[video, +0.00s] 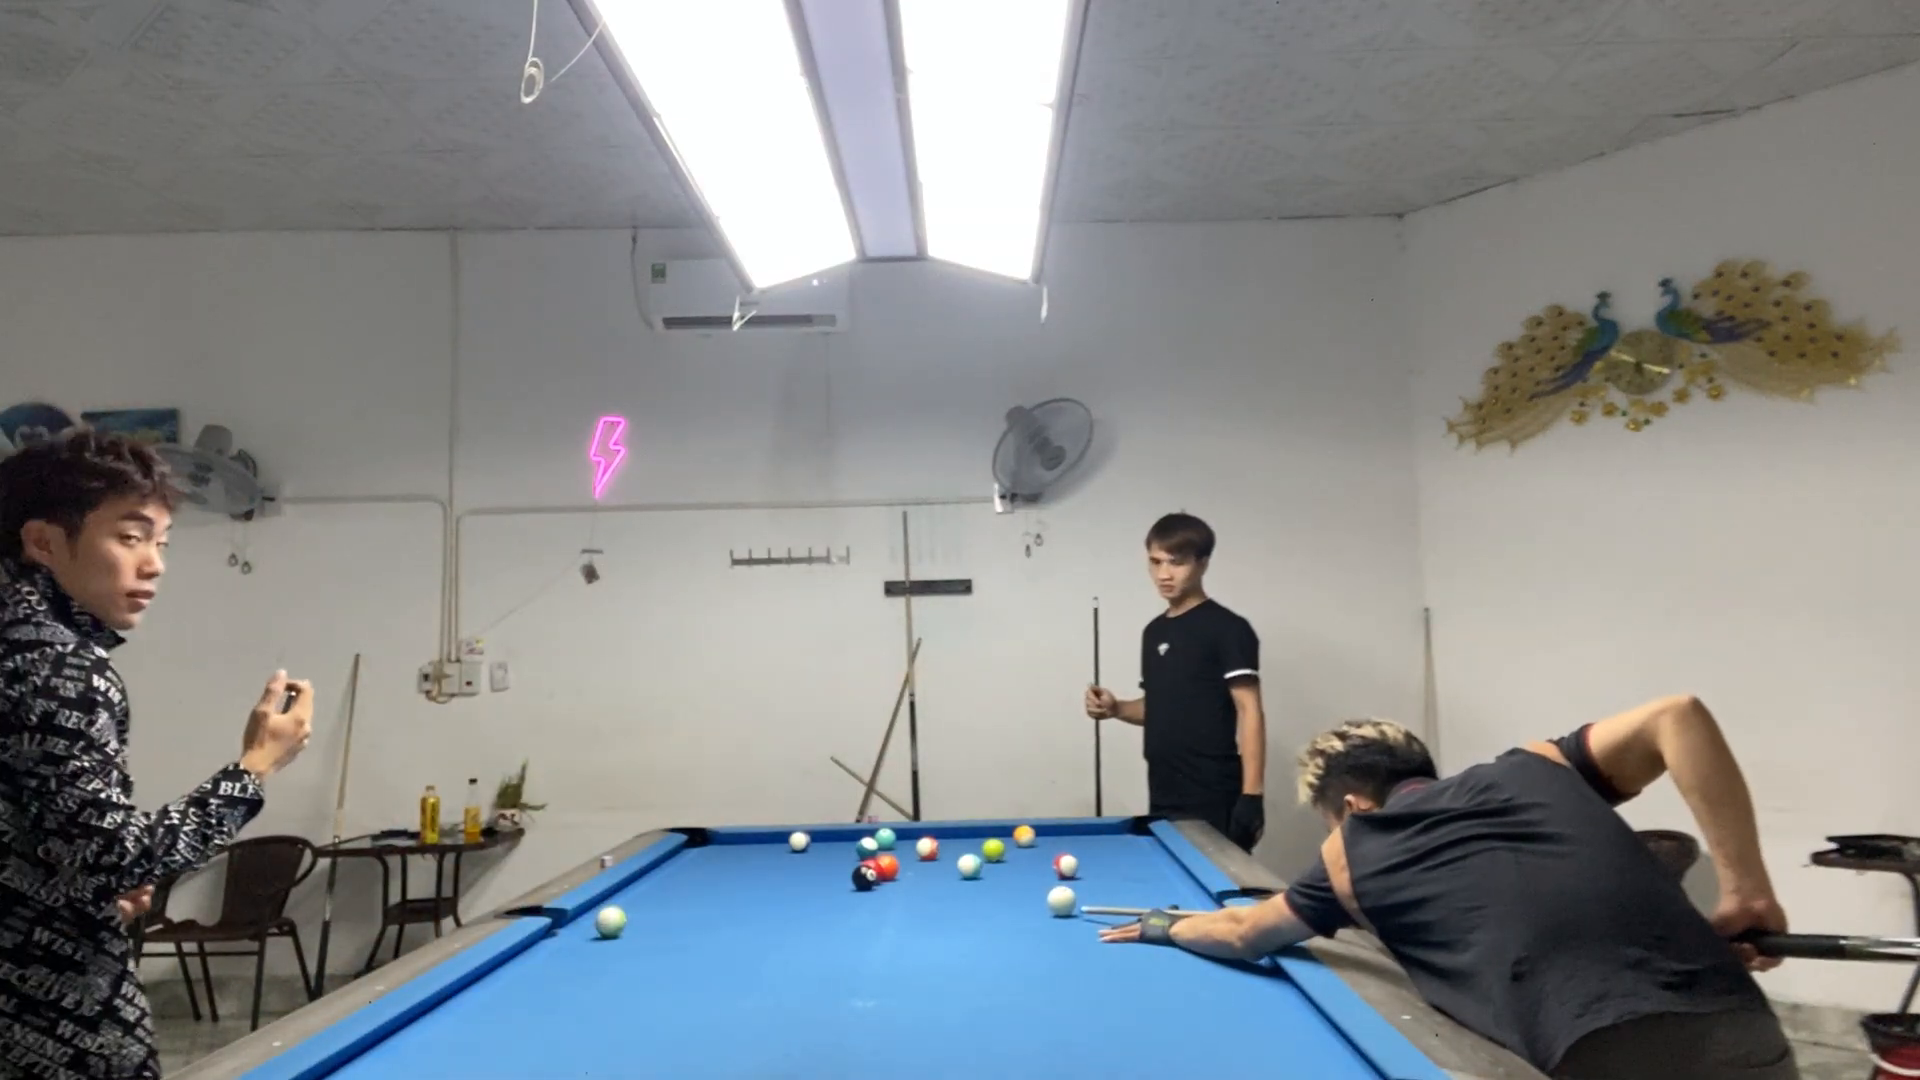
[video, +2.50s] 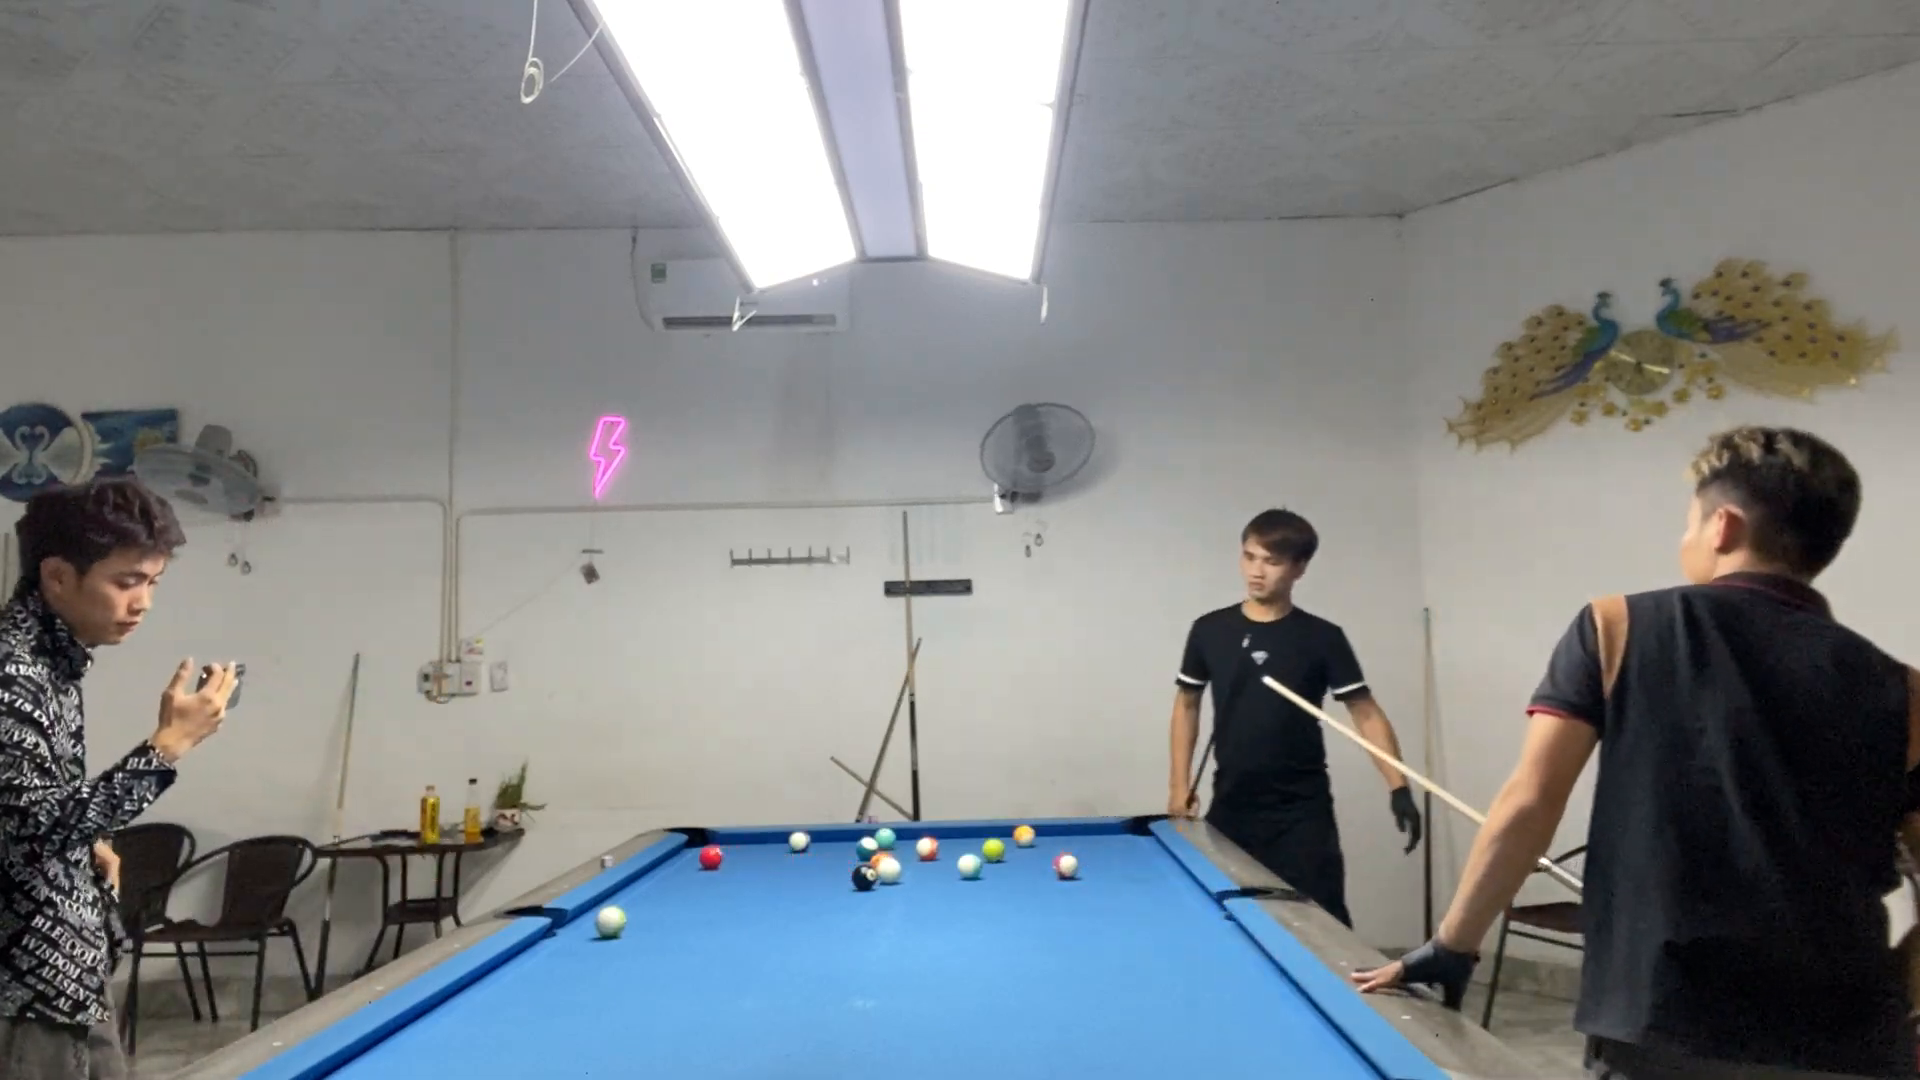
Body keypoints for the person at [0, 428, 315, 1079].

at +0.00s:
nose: (155, 566)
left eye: (159, 543)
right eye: (128, 537)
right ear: (45, 544)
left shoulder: (25, 637)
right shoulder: (56, 663)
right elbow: (111, 866)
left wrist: (118, 883)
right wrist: (254, 768)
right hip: (66, 1032)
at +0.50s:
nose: (288, 565)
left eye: (303, 542)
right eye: (259, 540)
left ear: (317, 550)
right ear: (203, 550)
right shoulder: (177, 666)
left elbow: (203, 810)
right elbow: (217, 846)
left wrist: (288, 845)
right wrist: (355, 764)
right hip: (216, 1019)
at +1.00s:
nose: (350, 561)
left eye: (366, 541)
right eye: (326, 540)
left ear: (381, 552)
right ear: (281, 549)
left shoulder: (314, 658)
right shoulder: (241, 654)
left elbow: (293, 807)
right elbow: (243, 810)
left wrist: (366, 844)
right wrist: (374, 743)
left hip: (321, 951)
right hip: (259, 967)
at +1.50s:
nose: (347, 564)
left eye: (363, 545)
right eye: (324, 543)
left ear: (376, 555)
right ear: (282, 554)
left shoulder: (308, 659)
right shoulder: (231, 651)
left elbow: (294, 797)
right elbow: (220, 786)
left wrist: (355, 854)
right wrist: (352, 731)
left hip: (303, 954)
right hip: (229, 962)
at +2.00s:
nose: (226, 587)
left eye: (237, 566)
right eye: (201, 564)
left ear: (246, 571)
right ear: (140, 572)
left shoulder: (163, 681)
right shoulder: (86, 676)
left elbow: (163, 857)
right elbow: (102, 826)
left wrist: (200, 981)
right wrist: (240, 744)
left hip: (177, 990)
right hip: (93, 1001)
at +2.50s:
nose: (142, 603)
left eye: (150, 582)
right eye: (126, 582)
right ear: (58, 577)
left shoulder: (57, 659)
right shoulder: (13, 675)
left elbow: (51, 788)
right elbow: (41, 829)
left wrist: (89, 840)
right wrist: (168, 745)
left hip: (80, 978)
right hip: (27, 997)